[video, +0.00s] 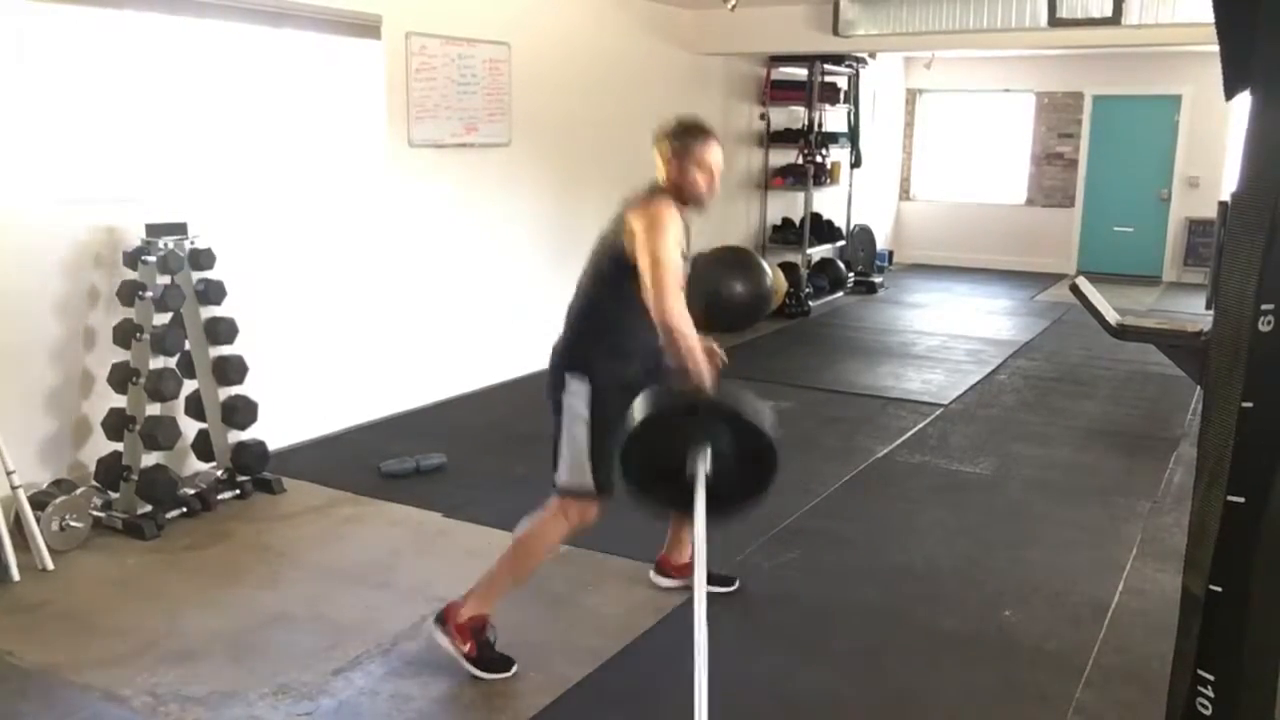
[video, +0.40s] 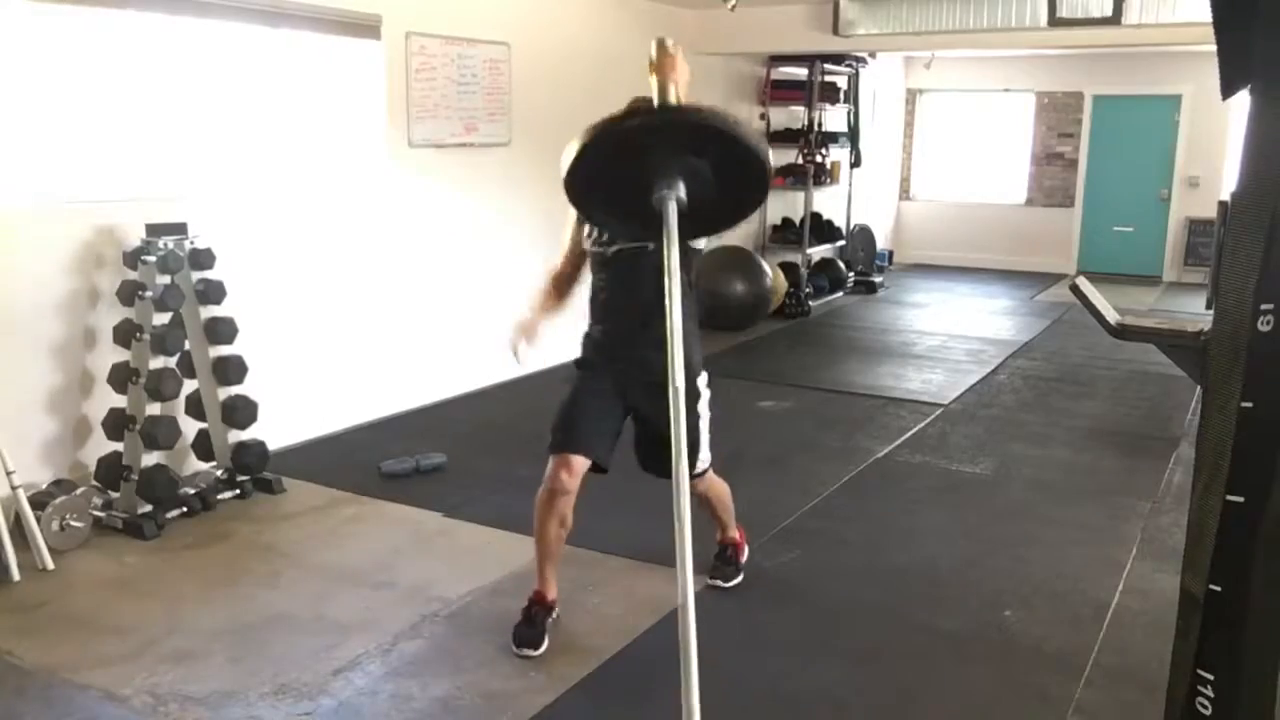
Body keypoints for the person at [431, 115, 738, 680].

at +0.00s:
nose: (714, 179)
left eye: (716, 168)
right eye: (706, 167)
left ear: (690, 166)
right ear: (675, 164)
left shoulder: (668, 215)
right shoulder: (656, 212)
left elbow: (665, 296)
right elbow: (665, 303)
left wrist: (693, 344)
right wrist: (701, 379)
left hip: (634, 367)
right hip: (589, 371)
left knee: (694, 446)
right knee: (577, 505)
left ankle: (678, 554)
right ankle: (466, 617)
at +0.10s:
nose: (690, 138)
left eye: (697, 128)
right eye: (680, 126)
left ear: (704, 129)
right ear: (655, 121)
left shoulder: (699, 192)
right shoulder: (627, 161)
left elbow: (695, 272)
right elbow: (615, 230)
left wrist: (706, 322)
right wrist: (676, 274)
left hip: (654, 328)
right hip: (593, 323)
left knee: (699, 439)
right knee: (570, 468)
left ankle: (684, 543)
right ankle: (500, 594)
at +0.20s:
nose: (673, 128)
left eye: (681, 118)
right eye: (662, 116)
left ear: (691, 117)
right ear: (638, 111)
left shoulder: (706, 187)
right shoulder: (604, 152)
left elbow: (721, 261)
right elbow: (553, 205)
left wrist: (691, 210)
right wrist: (621, 189)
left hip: (667, 333)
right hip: (596, 326)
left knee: (696, 452)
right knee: (571, 458)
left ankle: (719, 532)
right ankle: (532, 587)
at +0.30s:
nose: (652, 144)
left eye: (663, 134)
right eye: (644, 133)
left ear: (683, 133)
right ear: (629, 130)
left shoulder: (695, 188)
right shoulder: (597, 182)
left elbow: (734, 261)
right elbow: (538, 255)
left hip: (670, 351)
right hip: (602, 348)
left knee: (692, 465)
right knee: (561, 473)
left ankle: (730, 533)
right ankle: (539, 595)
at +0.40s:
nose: (631, 150)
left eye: (640, 141)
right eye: (623, 140)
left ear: (659, 147)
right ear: (610, 148)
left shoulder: (677, 200)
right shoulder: (596, 208)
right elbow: (569, 271)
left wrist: (675, 94)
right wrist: (537, 315)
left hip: (671, 360)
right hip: (606, 357)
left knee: (696, 474)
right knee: (562, 473)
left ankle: (732, 537)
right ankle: (543, 596)